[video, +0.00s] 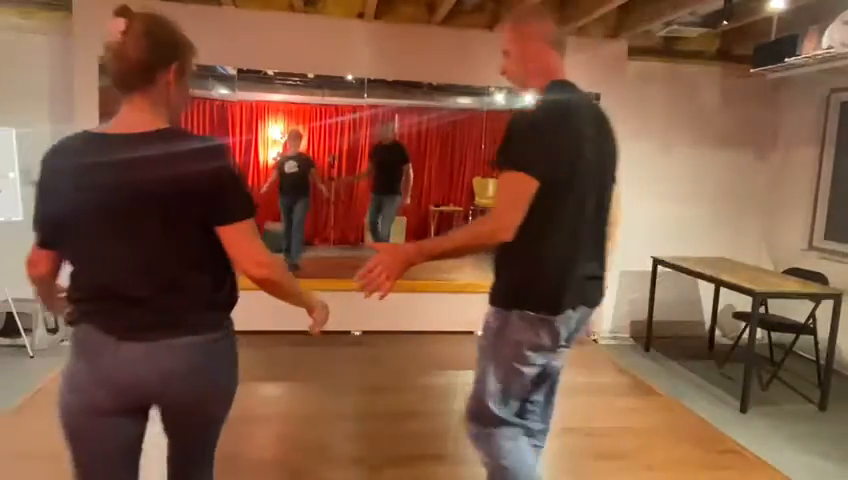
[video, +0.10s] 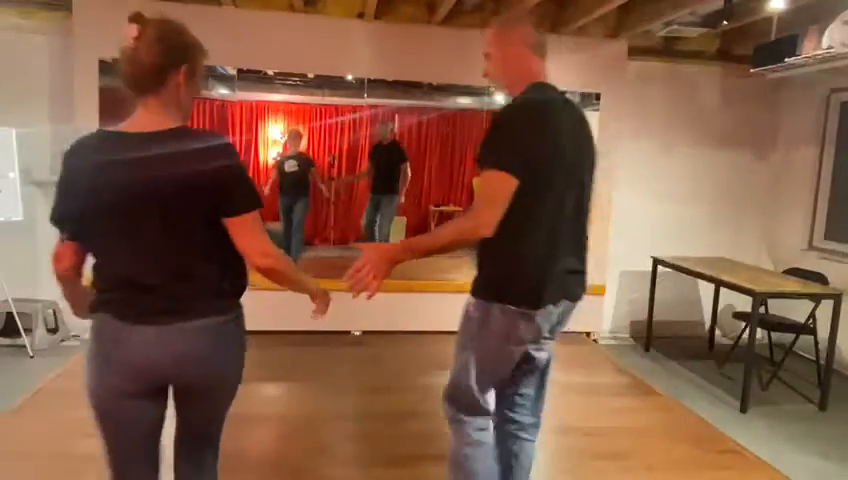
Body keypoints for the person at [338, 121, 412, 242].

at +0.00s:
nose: (386, 134)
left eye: (389, 130)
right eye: (384, 129)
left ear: (394, 131)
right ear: (380, 130)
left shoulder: (399, 148)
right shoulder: (376, 148)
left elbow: (408, 172)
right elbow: (370, 170)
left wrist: (407, 194)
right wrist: (354, 178)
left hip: (393, 192)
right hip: (377, 191)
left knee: (386, 223)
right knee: (372, 220)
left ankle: (384, 246)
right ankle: (379, 244)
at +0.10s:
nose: (384, 133)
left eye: (387, 129)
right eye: (383, 129)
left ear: (392, 131)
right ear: (380, 130)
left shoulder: (398, 148)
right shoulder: (376, 148)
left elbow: (406, 172)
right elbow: (369, 170)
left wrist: (402, 192)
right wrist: (354, 178)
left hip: (391, 193)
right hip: (375, 192)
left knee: (383, 226)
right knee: (368, 223)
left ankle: (383, 251)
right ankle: (371, 249)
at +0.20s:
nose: (381, 135)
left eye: (384, 132)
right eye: (379, 132)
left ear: (390, 132)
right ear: (375, 132)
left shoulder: (395, 149)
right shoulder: (372, 149)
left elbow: (403, 173)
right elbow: (367, 170)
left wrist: (398, 191)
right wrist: (353, 177)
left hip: (388, 193)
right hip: (373, 192)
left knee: (384, 226)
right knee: (365, 224)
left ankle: (381, 249)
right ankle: (359, 248)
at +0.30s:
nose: (375, 133)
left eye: (378, 129)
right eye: (373, 129)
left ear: (384, 130)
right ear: (370, 131)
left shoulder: (392, 148)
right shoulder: (369, 149)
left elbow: (400, 175)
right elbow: (363, 170)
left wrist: (391, 192)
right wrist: (345, 180)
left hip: (386, 193)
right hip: (371, 193)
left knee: (383, 230)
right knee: (363, 227)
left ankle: (378, 259)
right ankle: (354, 257)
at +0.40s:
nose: (374, 134)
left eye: (377, 130)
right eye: (372, 130)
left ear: (383, 131)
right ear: (369, 132)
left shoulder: (390, 150)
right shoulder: (365, 150)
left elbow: (395, 175)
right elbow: (358, 171)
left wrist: (382, 191)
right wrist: (342, 181)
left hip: (384, 195)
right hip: (368, 194)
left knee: (382, 230)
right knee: (362, 228)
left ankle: (379, 260)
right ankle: (352, 260)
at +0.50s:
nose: (371, 134)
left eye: (374, 130)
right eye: (369, 130)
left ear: (380, 131)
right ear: (365, 132)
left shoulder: (387, 148)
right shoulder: (363, 151)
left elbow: (391, 175)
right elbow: (356, 174)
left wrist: (375, 190)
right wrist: (337, 183)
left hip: (382, 195)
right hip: (365, 194)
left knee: (380, 230)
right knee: (360, 230)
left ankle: (379, 260)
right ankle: (354, 262)